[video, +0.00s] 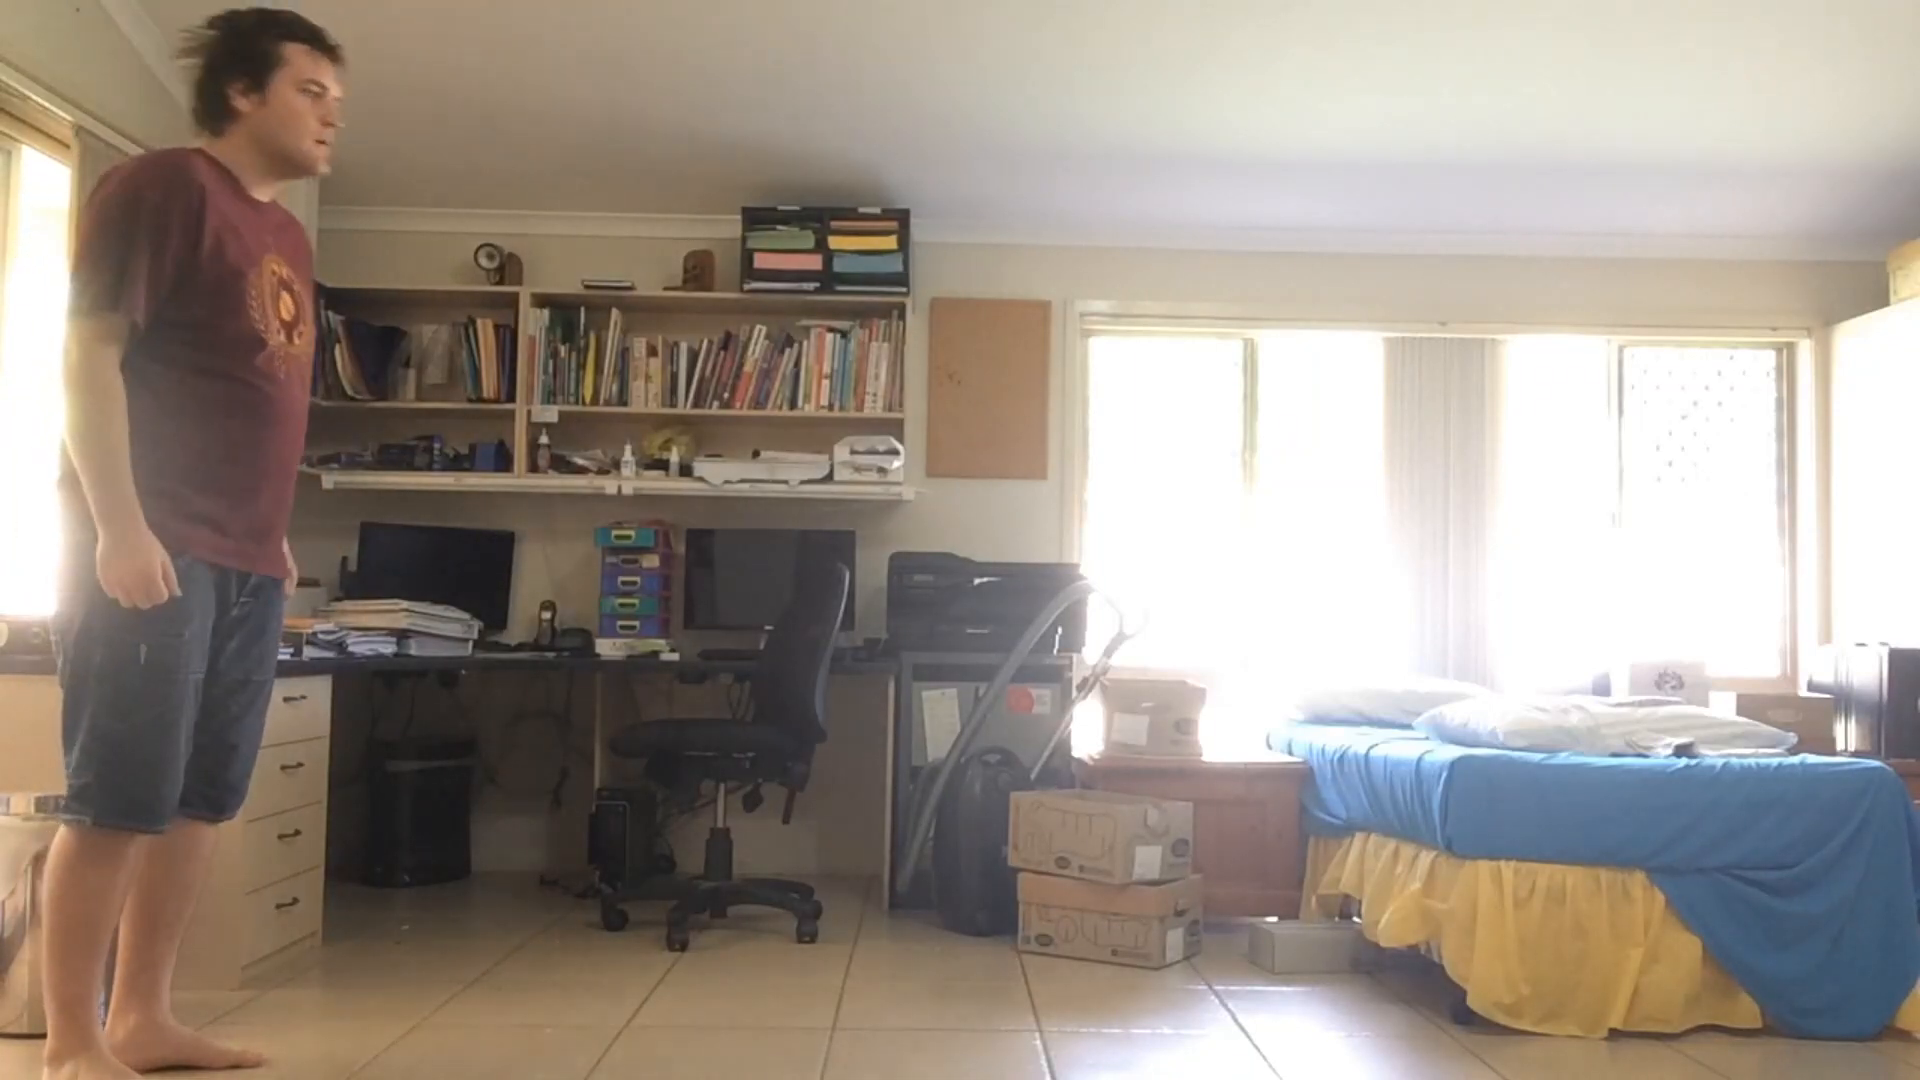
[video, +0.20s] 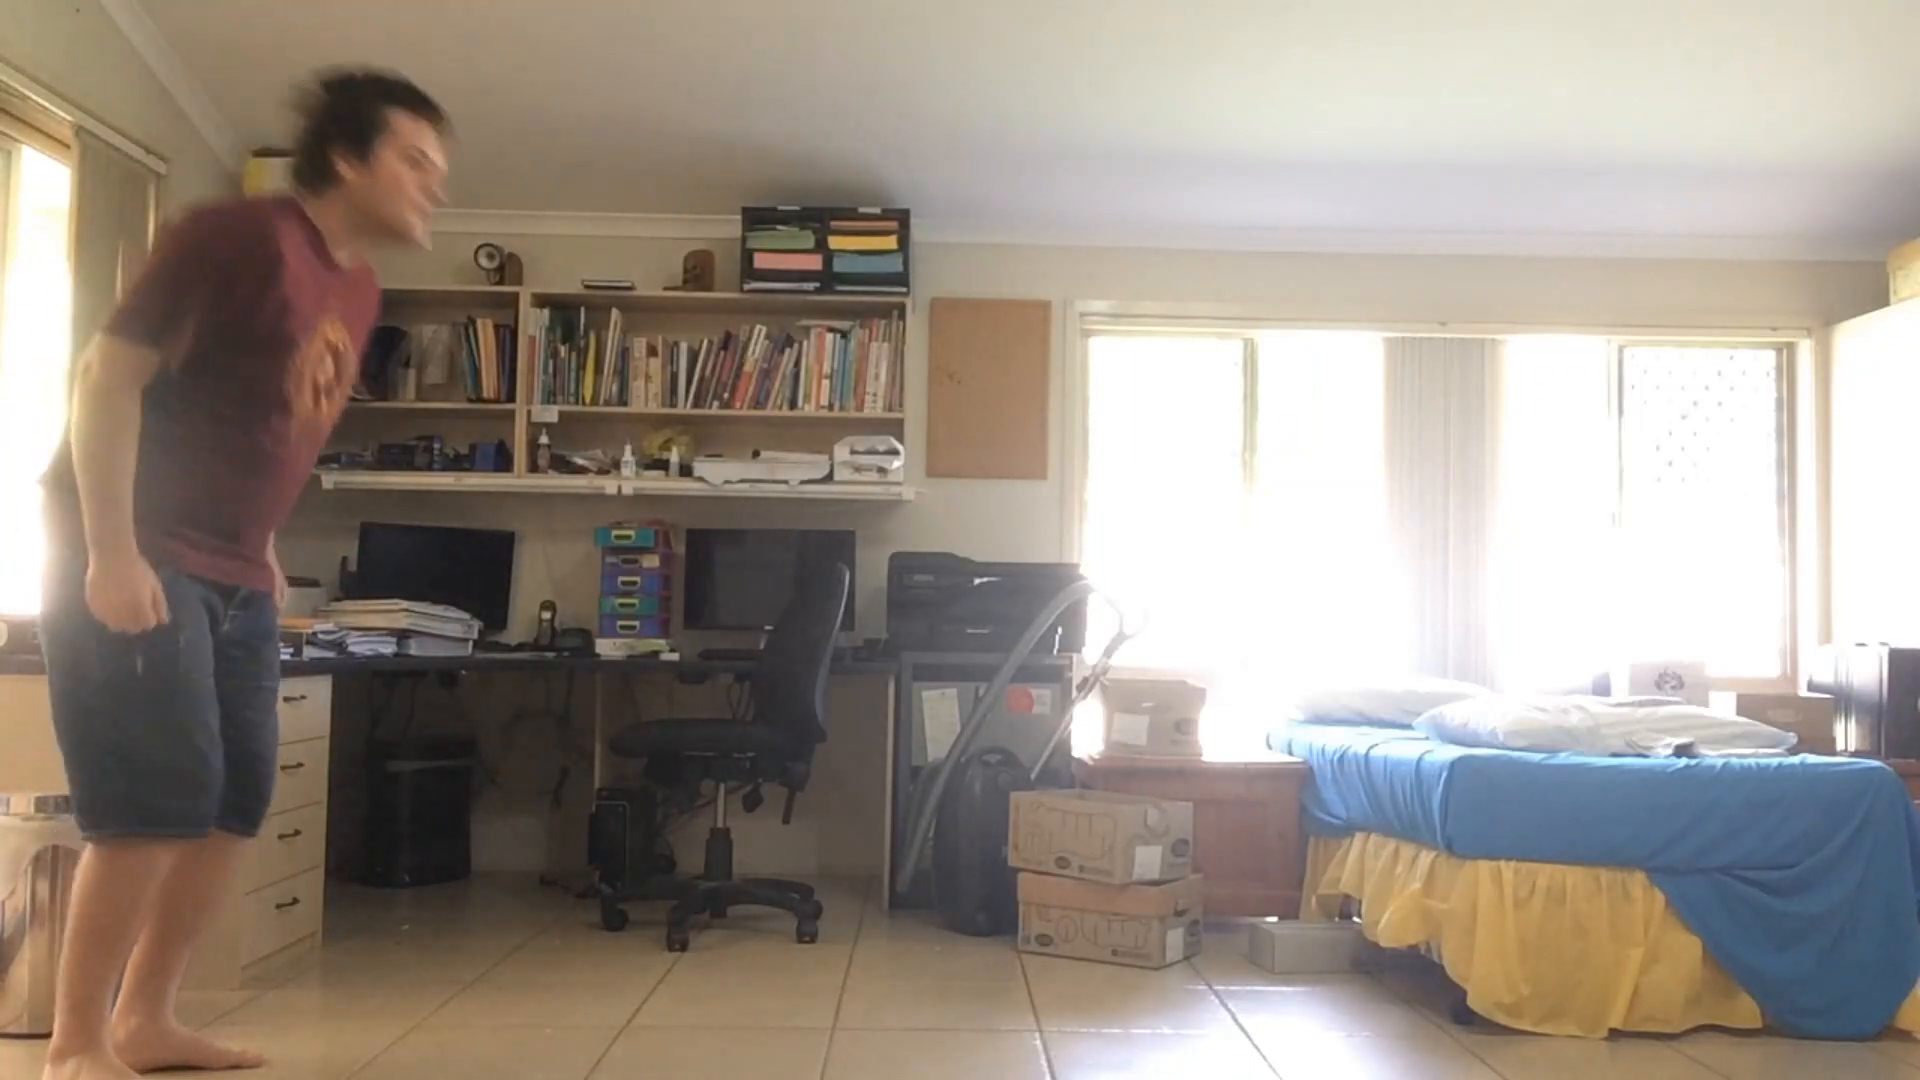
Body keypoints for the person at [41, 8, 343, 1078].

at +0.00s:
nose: (334, 114)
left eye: (338, 99)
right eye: (314, 90)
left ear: (303, 115)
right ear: (244, 93)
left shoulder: (291, 235)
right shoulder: (157, 185)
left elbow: (264, 400)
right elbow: (91, 359)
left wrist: (270, 540)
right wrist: (122, 531)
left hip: (249, 564)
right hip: (152, 551)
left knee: (194, 805)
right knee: (111, 807)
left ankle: (142, 1023)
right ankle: (69, 1047)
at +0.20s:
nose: (438, 184)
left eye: (441, 168)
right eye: (419, 159)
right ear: (347, 160)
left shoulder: (363, 293)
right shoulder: (233, 234)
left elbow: (270, 439)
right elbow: (108, 377)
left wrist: (261, 555)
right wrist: (112, 554)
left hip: (240, 575)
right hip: (139, 562)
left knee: (235, 798)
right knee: (157, 799)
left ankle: (143, 1022)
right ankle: (73, 1048)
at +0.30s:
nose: (486, 266)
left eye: (489, 247)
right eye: (469, 240)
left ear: (419, 252)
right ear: (399, 239)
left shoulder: (396, 357)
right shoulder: (278, 304)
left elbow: (281, 460)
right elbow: (119, 408)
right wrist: (100, 586)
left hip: (235, 602)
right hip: (140, 589)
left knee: (262, 808)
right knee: (195, 811)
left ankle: (144, 1027)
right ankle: (76, 1048)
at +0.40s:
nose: (519, 335)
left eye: (520, 315)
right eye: (501, 309)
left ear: (461, 327)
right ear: (433, 313)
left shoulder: (420, 419)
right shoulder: (320, 371)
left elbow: (312, 523)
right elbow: (138, 456)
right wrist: (97, 631)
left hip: (248, 634)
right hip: (153, 623)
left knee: (290, 826)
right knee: (240, 827)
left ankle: (147, 1029)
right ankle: (77, 1049)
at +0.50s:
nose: (533, 327)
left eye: (534, 309)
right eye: (516, 306)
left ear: (471, 323)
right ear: (448, 316)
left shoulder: (448, 423)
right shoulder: (339, 388)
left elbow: (347, 541)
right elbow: (183, 498)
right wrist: (126, 676)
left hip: (292, 665)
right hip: (199, 651)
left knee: (318, 858)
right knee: (271, 862)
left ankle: (147, 1030)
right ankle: (84, 1049)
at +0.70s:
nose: (569, 117)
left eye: (574, 100)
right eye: (553, 94)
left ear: (523, 109)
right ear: (486, 94)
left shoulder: (516, 220)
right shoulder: (406, 181)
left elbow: (501, 354)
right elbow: (301, 305)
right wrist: (326, 476)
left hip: (461, 544)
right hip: (383, 535)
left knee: (332, 786)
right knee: (282, 774)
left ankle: (215, 980)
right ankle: (137, 985)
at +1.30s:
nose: (1040, 95)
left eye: (1034, 76)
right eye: (1025, 76)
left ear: (979, 92)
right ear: (973, 90)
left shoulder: (967, 194)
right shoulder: (935, 178)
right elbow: (866, 302)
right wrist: (923, 466)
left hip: (941, 522)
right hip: (908, 521)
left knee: (866, 767)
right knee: (864, 768)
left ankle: (719, 994)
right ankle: (706, 995)